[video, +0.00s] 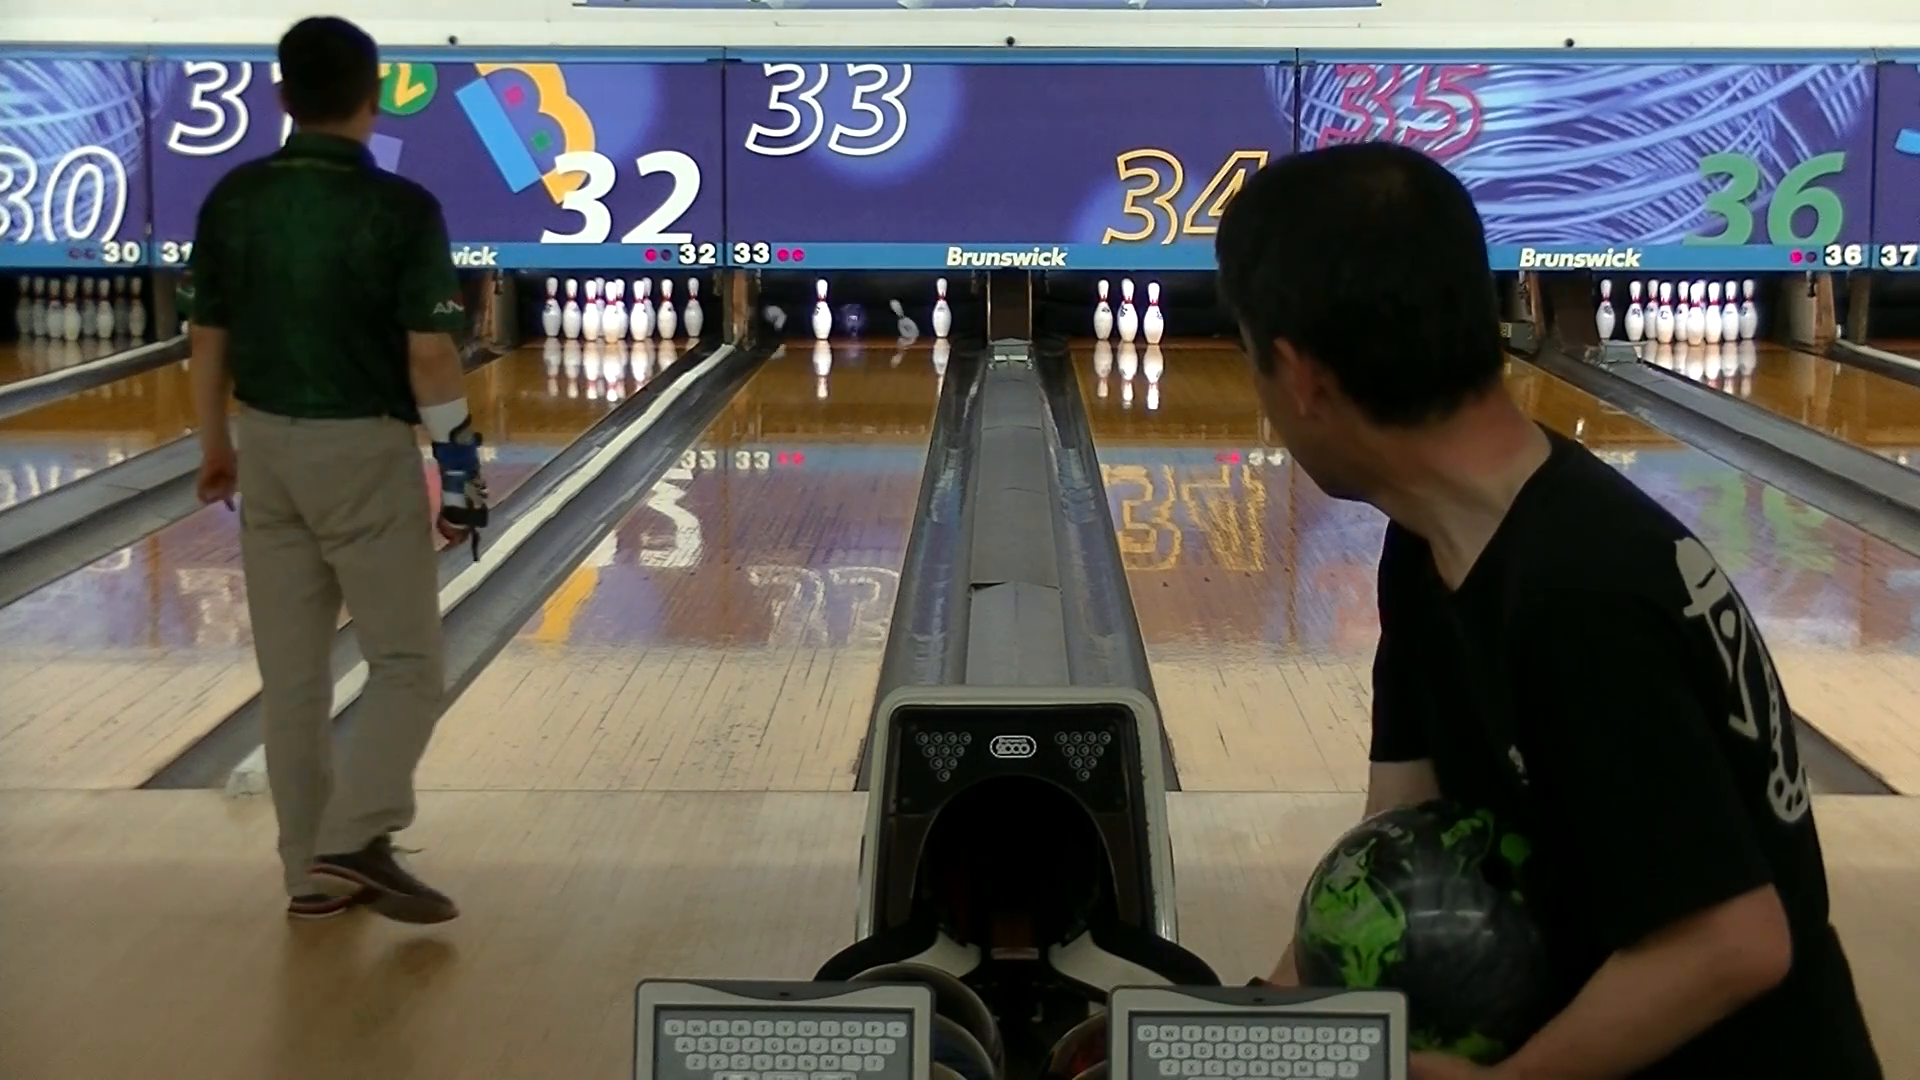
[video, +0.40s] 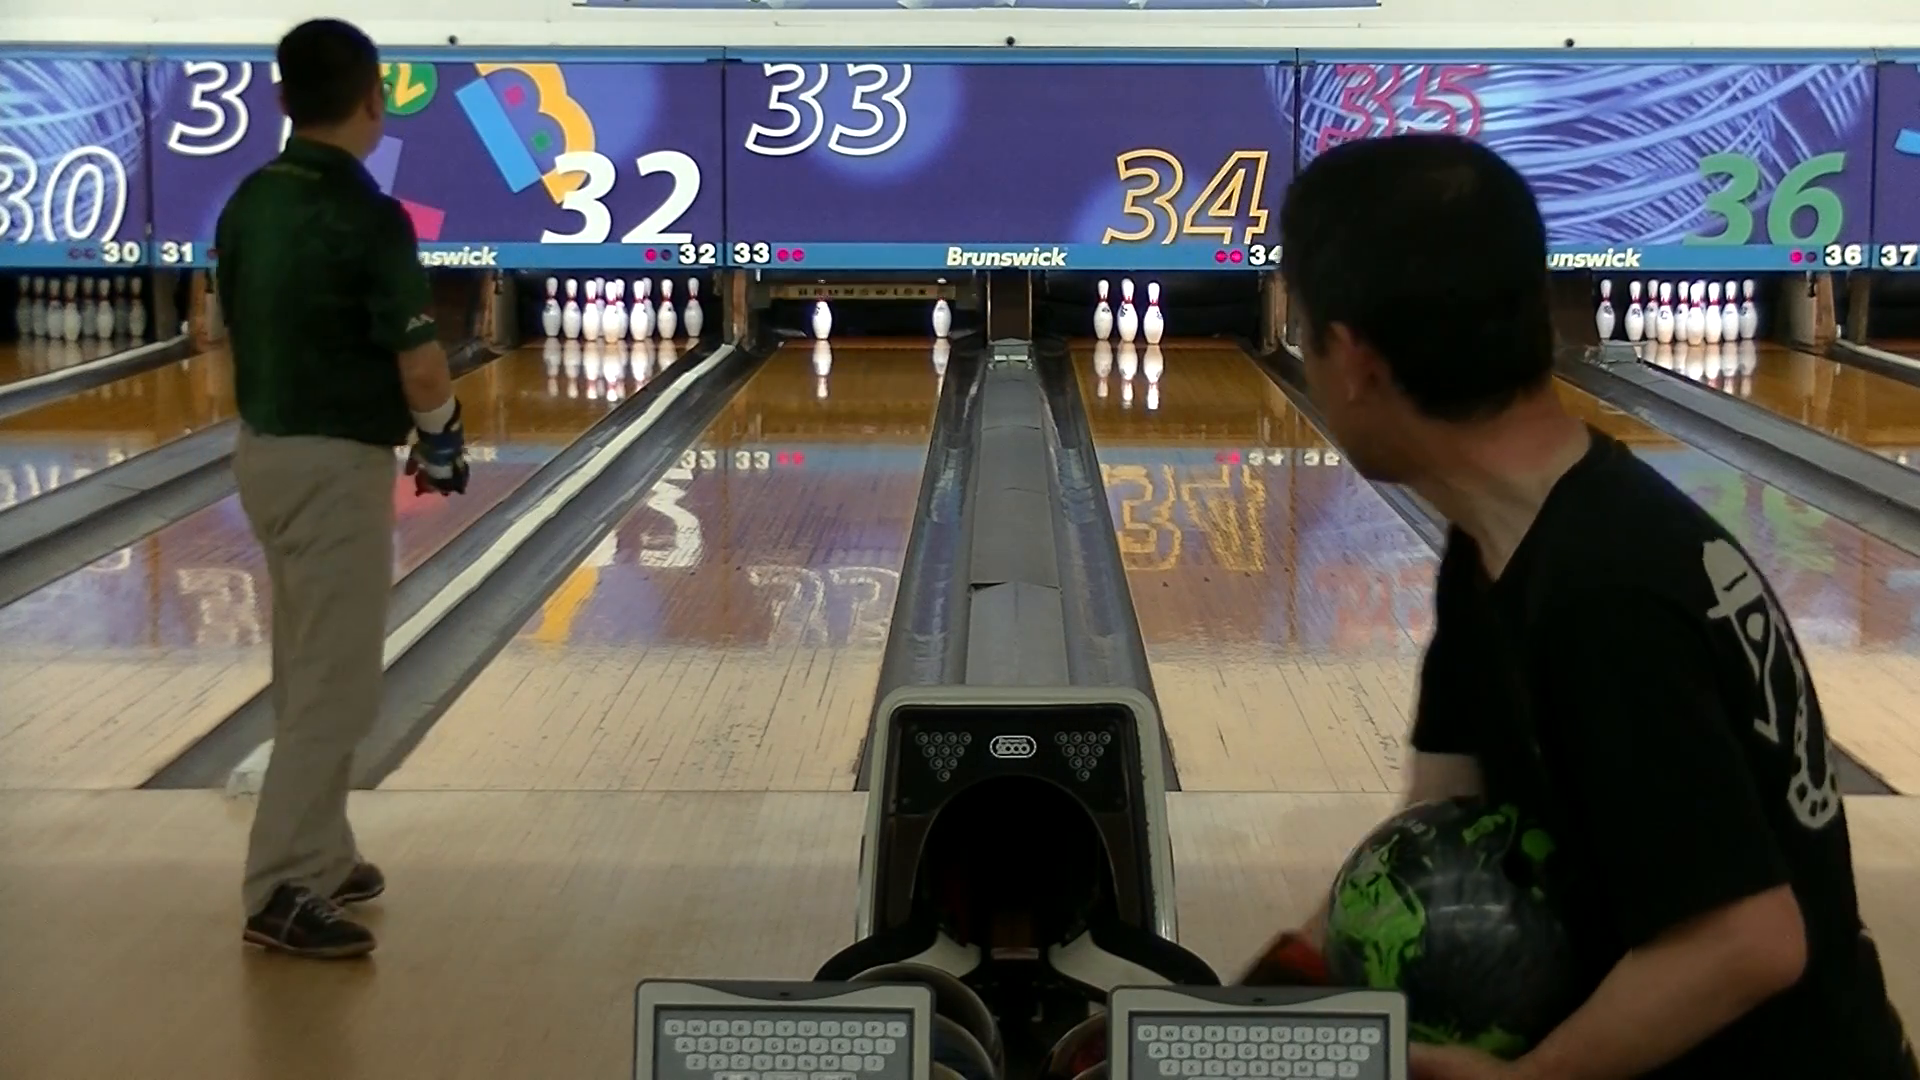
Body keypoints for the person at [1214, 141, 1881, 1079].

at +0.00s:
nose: (1266, 405)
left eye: (1254, 366)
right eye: (1252, 366)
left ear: (1298, 373)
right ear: (1455, 311)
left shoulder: (1585, 584)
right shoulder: (1426, 543)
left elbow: (1736, 941)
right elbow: (1403, 840)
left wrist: (1499, 1075)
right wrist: (1286, 996)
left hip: (1758, 1064)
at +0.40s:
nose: (1309, 373)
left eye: (1303, 344)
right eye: (1302, 342)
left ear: (1353, 358)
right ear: (1511, 306)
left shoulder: (1607, 585)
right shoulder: (1493, 536)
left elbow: (1753, 938)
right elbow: (1442, 820)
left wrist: (1526, 1071)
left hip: (1786, 1062)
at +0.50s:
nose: (1353, 349)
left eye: (1352, 317)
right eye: (1350, 315)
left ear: (1394, 342)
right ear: (1562, 296)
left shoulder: (1604, 586)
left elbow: (1736, 945)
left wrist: (1519, 1067)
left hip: (1765, 1059)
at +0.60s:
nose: (1412, 328)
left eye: (1410, 295)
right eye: (1410, 294)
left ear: (1447, 325)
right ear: (1621, 286)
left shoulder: (1621, 586)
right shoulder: (1723, 488)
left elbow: (1731, 943)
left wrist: (1517, 1061)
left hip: (1763, 1051)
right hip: (1859, 1015)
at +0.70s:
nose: (1480, 318)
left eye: (1480, 284)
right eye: (1482, 283)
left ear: (1513, 309)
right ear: (1695, 277)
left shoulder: (1645, 576)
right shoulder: (1817, 495)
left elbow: (1730, 931)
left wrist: (1529, 1046)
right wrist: (1632, 857)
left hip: (1742, 1057)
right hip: (1878, 1031)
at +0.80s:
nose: (1553, 296)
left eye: (1557, 266)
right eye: (1559, 263)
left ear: (1591, 296)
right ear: (1782, 266)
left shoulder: (1674, 564)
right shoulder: (1890, 480)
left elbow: (1735, 923)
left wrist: (1549, 1031)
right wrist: (1660, 819)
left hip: (1749, 1056)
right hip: (1902, 1031)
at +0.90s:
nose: (1635, 290)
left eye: (1635, 260)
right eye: (1635, 259)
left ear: (1663, 281)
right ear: (1853, 259)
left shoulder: (1709, 557)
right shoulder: (1910, 454)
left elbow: (1737, 918)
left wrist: (1569, 1014)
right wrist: (1692, 798)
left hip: (1775, 1052)